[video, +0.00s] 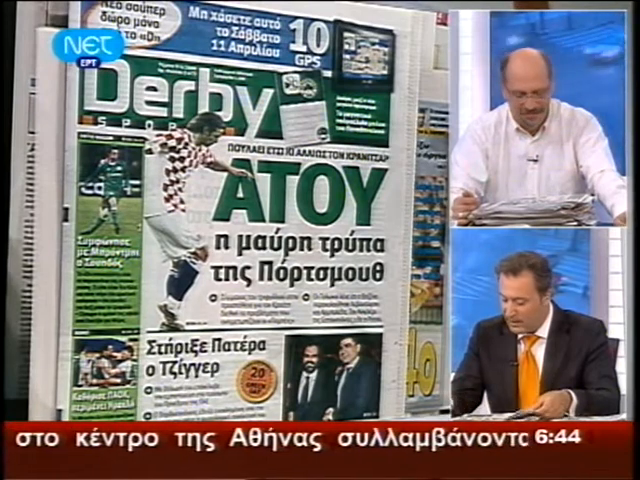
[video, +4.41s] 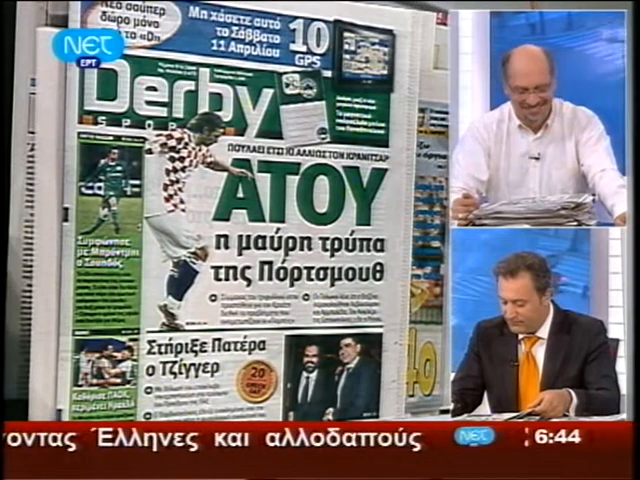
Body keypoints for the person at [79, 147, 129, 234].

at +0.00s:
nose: (115, 156)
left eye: (116, 154)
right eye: (113, 154)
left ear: (118, 155)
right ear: (109, 154)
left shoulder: (122, 165)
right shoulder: (104, 165)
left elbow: (126, 176)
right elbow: (95, 174)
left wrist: (127, 186)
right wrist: (85, 182)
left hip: (118, 190)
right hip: (108, 189)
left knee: (105, 213)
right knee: (113, 205)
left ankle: (91, 230)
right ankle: (116, 226)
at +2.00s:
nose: (115, 156)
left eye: (116, 154)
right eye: (113, 154)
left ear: (118, 155)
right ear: (109, 154)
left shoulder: (122, 165)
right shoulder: (104, 165)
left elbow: (126, 177)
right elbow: (95, 175)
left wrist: (127, 187)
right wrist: (85, 182)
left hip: (118, 190)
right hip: (108, 189)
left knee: (105, 213)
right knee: (113, 205)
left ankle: (91, 230)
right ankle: (116, 225)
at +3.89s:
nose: (115, 156)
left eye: (116, 154)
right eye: (113, 153)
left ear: (118, 155)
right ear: (109, 154)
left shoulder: (121, 166)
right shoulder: (104, 165)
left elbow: (126, 177)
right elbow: (95, 174)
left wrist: (127, 186)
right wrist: (86, 182)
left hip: (118, 190)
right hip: (108, 189)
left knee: (105, 213)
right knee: (114, 207)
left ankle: (91, 230)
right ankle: (117, 226)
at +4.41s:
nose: (115, 156)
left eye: (116, 154)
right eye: (113, 153)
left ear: (118, 155)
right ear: (109, 154)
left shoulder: (122, 166)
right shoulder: (104, 165)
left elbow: (126, 177)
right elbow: (95, 174)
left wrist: (127, 187)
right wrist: (86, 182)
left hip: (118, 190)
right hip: (108, 189)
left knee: (105, 213)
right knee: (113, 206)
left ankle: (91, 230)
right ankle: (116, 226)